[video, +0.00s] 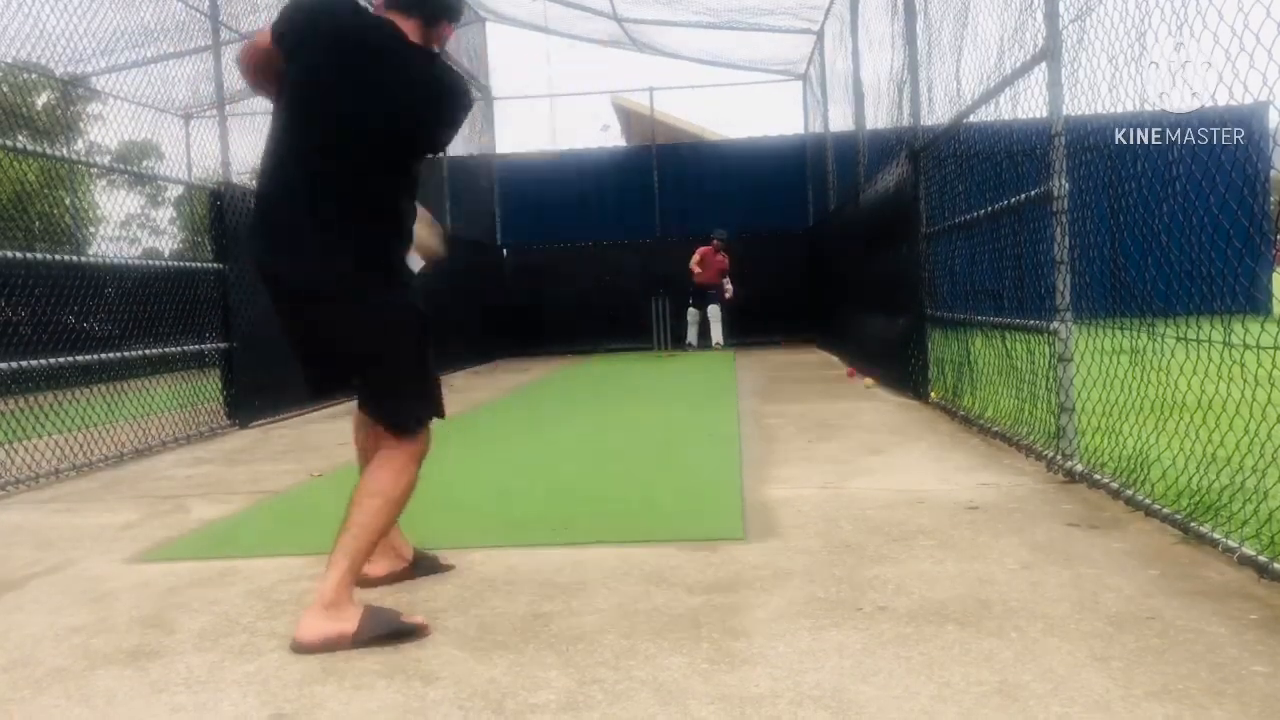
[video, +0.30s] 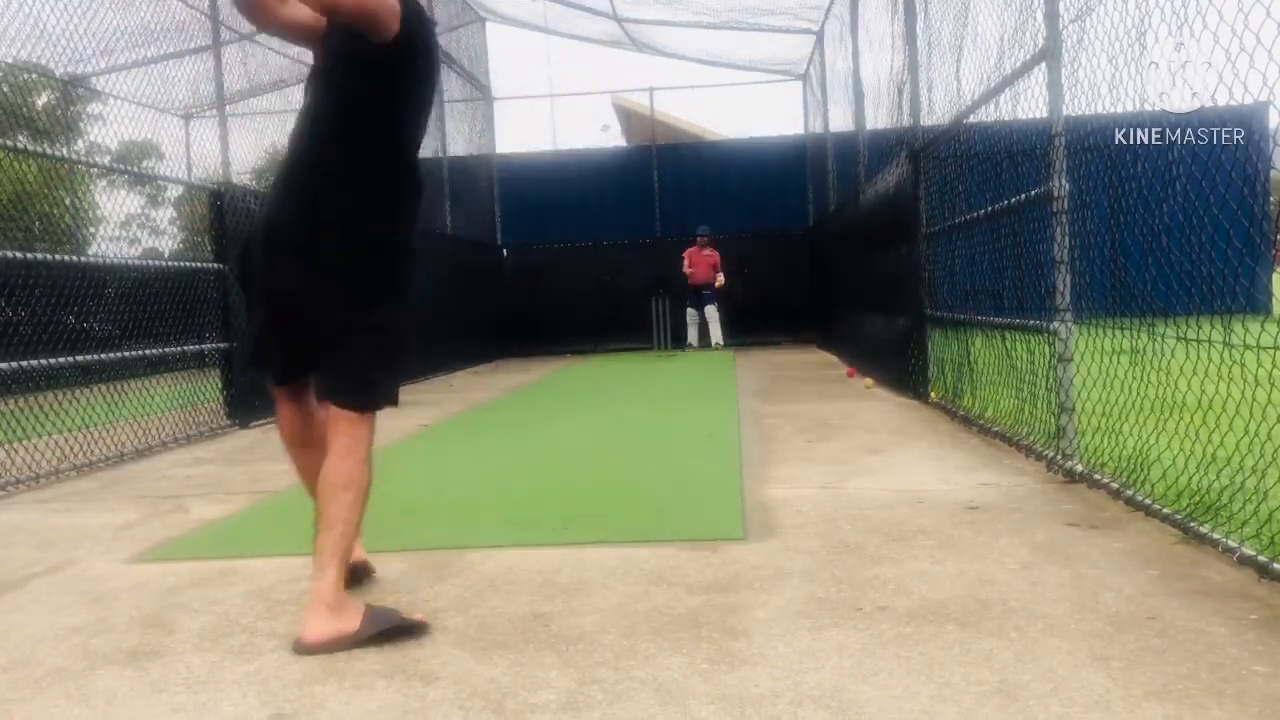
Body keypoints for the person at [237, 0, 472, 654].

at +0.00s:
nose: (447, 39)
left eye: (446, 27)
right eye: (448, 28)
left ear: (382, 4)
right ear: (441, 25)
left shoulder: (319, 14)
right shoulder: (443, 89)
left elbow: (254, 62)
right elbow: (404, 147)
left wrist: (313, 104)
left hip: (283, 249)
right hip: (361, 262)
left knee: (379, 393)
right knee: (409, 434)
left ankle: (382, 546)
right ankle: (331, 607)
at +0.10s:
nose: (453, 10)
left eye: (447, 9)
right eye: (453, 9)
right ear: (441, 7)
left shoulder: (356, 12)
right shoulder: (441, 59)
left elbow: (217, 36)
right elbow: (322, 115)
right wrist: (214, 95)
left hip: (297, 238)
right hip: (376, 248)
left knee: (362, 383)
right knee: (380, 430)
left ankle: (390, 540)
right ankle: (330, 607)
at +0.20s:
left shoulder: (378, 20)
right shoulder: (404, 27)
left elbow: (270, 29)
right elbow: (273, 40)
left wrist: (190, 3)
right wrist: (188, 2)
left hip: (306, 244)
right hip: (378, 249)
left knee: (330, 395)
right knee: (366, 429)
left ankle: (367, 538)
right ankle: (330, 604)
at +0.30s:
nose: (331, 0)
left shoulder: (395, 18)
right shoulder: (347, 25)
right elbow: (265, 10)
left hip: (294, 238)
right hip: (362, 245)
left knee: (293, 399)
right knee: (350, 420)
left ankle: (342, 546)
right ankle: (327, 608)